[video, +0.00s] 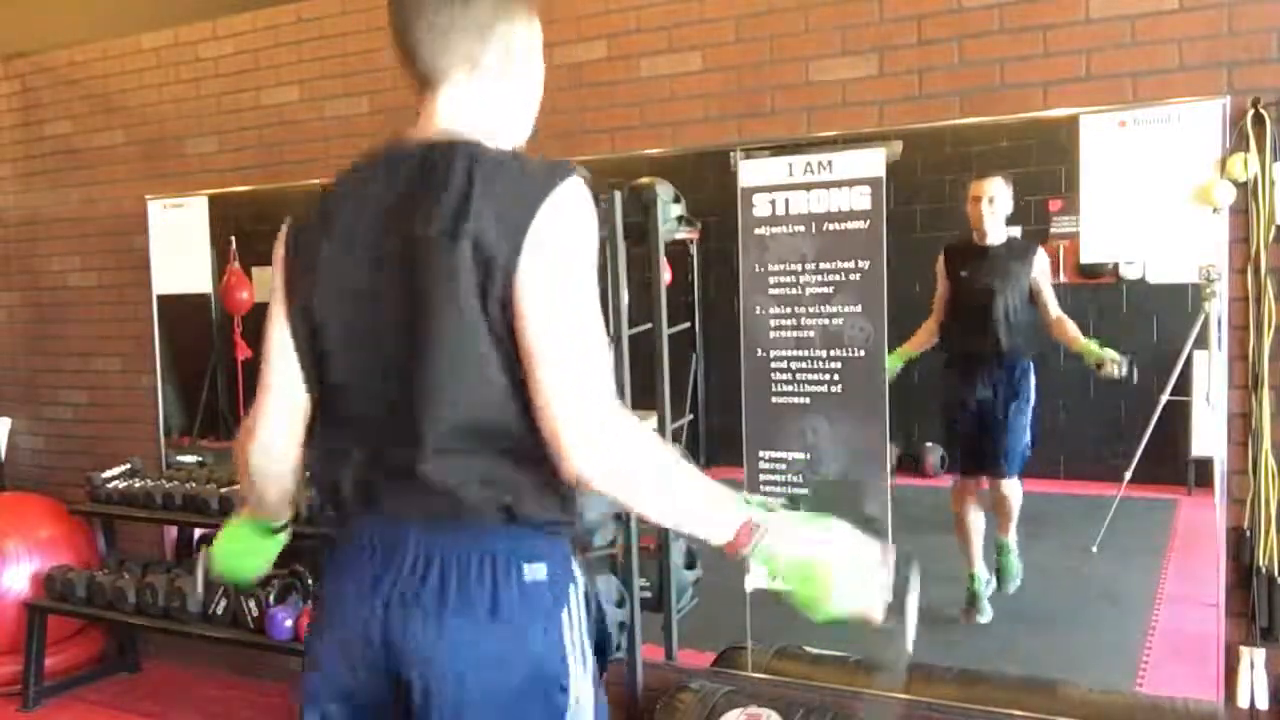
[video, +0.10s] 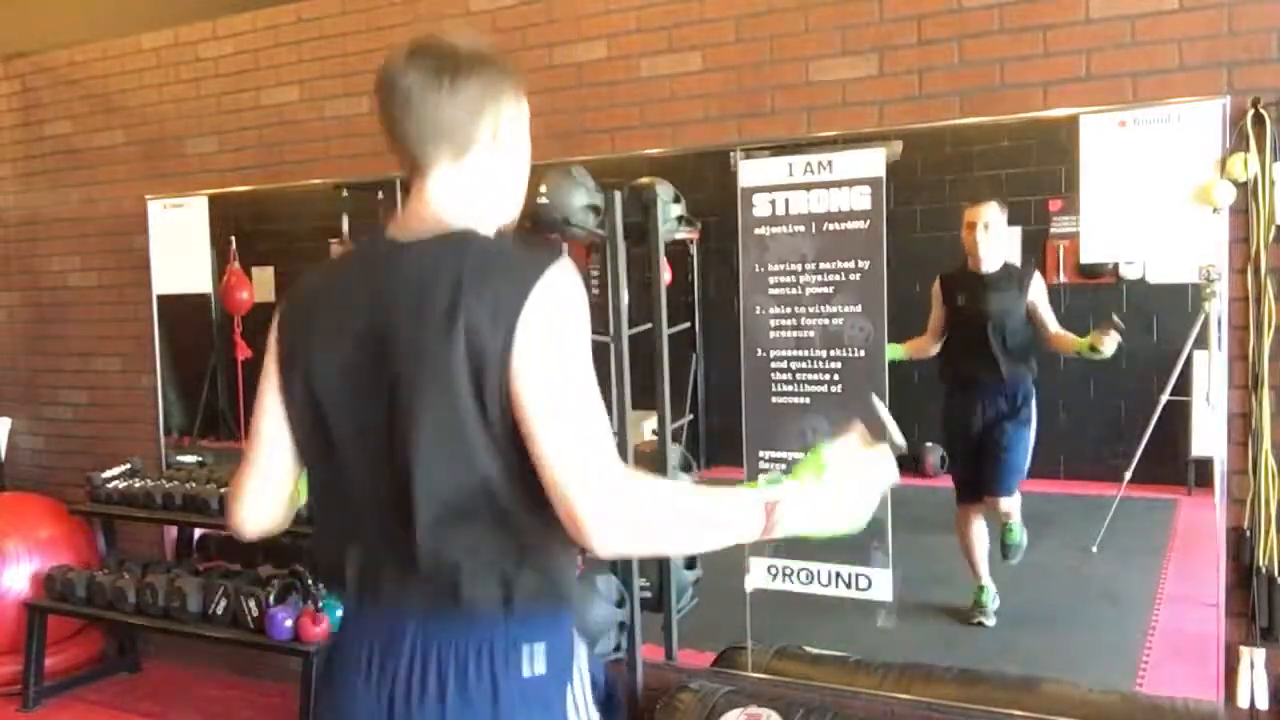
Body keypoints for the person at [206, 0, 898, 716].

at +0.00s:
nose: (540, 80)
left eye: (538, 57)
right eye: (537, 56)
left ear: (416, 62)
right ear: (517, 57)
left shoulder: (311, 229)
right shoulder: (540, 198)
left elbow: (268, 454)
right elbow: (589, 441)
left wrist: (267, 512)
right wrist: (760, 533)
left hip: (356, 573)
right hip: (504, 582)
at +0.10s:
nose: (529, 161)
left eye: (524, 137)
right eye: (525, 136)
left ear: (404, 146)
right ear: (500, 136)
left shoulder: (308, 304)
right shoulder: (529, 283)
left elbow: (252, 511)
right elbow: (605, 517)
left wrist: (354, 431)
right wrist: (788, 506)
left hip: (368, 650)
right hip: (515, 656)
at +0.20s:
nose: (526, 152)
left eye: (521, 125)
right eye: (520, 125)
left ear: (404, 132)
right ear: (488, 126)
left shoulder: (304, 291)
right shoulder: (523, 270)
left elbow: (243, 498)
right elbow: (607, 497)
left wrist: (365, 448)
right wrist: (785, 499)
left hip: (361, 663)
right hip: (510, 661)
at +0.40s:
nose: (516, 69)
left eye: (510, 46)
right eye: (510, 45)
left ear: (387, 56)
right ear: (487, 48)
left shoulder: (286, 226)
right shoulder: (512, 187)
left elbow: (248, 481)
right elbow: (577, 432)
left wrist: (251, 524)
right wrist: (761, 521)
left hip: (359, 572)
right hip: (508, 573)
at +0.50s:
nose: (513, 145)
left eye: (506, 121)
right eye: (508, 121)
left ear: (384, 134)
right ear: (487, 122)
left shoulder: (299, 292)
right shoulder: (516, 267)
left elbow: (242, 511)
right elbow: (597, 502)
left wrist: (346, 421)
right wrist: (791, 491)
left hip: (371, 640)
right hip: (518, 642)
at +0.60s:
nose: (521, 145)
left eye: (517, 118)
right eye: (515, 118)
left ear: (398, 129)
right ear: (485, 123)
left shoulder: (299, 292)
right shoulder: (524, 267)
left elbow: (234, 495)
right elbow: (609, 493)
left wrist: (360, 438)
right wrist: (780, 488)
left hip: (364, 656)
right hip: (515, 654)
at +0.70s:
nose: (536, 69)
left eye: (532, 44)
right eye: (533, 43)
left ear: (404, 52)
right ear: (513, 44)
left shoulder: (305, 220)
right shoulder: (531, 192)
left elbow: (252, 446)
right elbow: (592, 437)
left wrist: (250, 527)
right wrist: (765, 527)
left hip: (365, 588)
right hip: (515, 587)